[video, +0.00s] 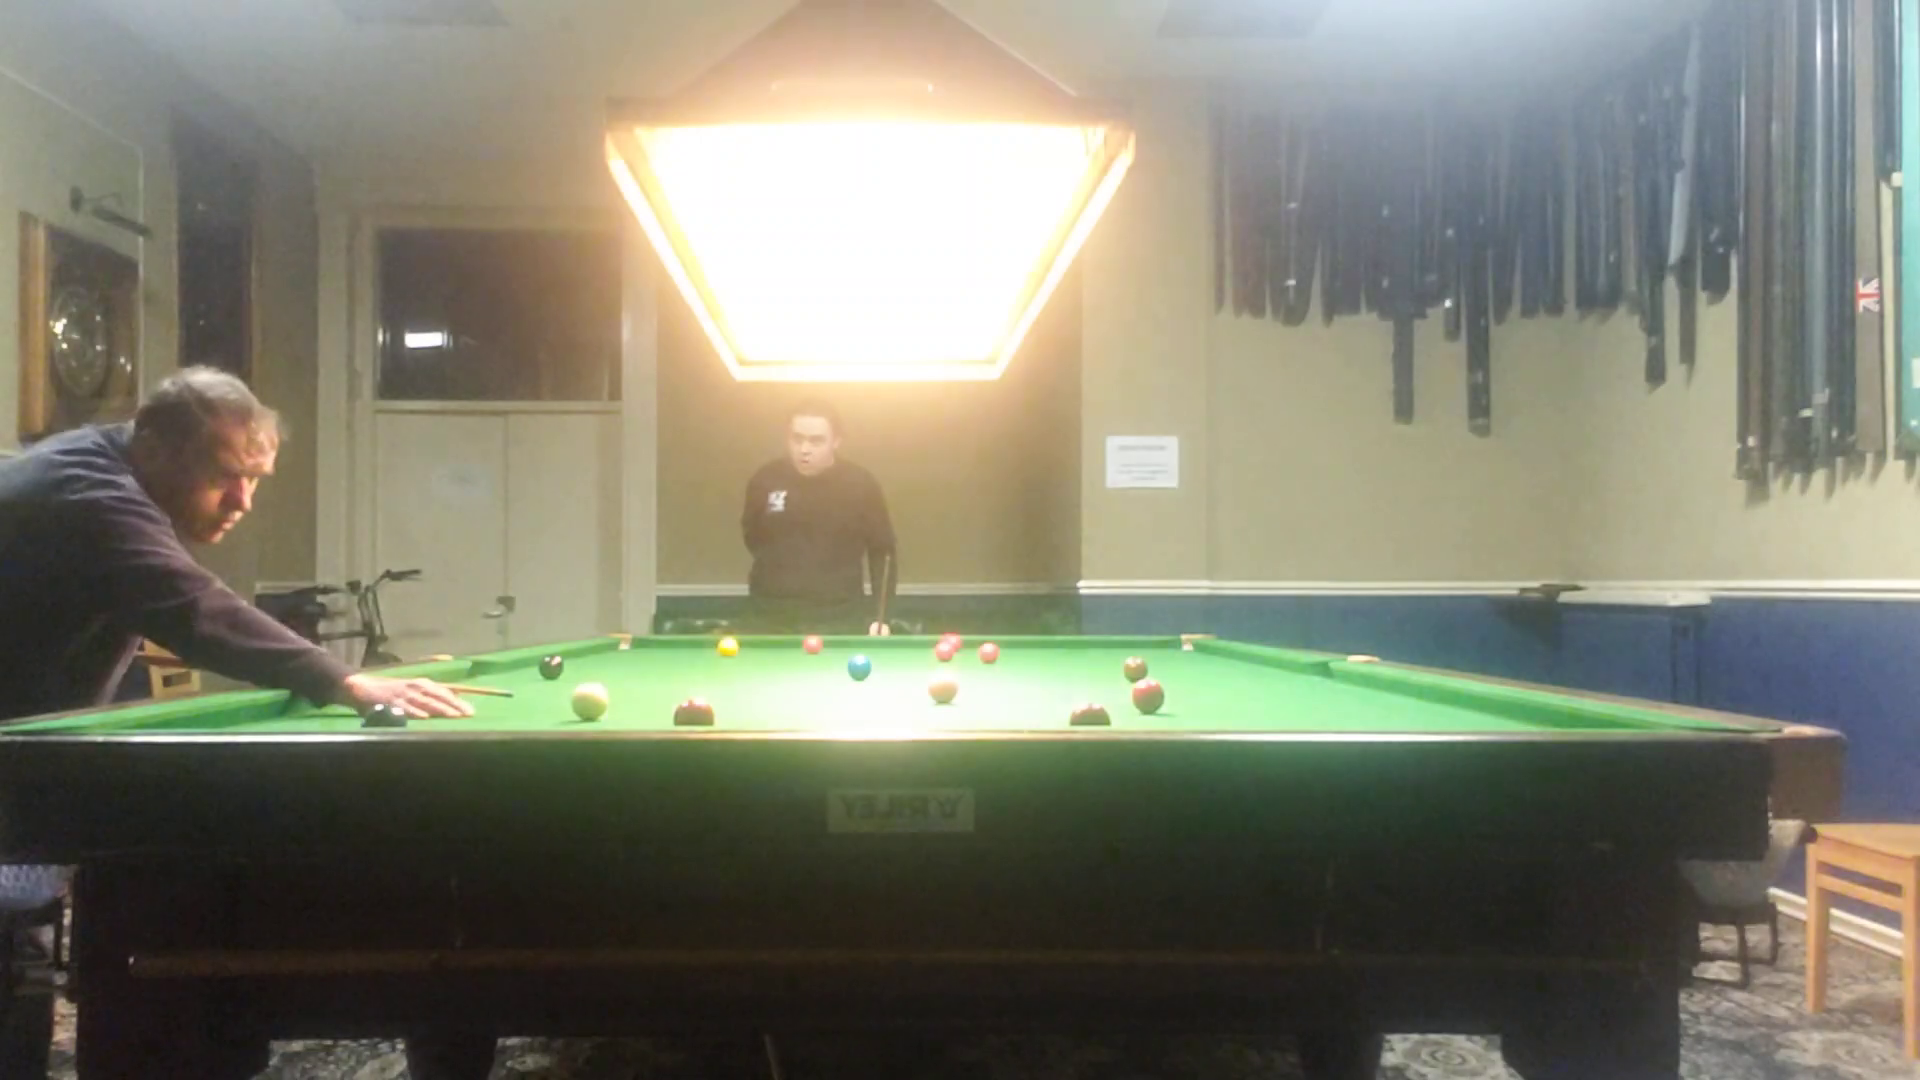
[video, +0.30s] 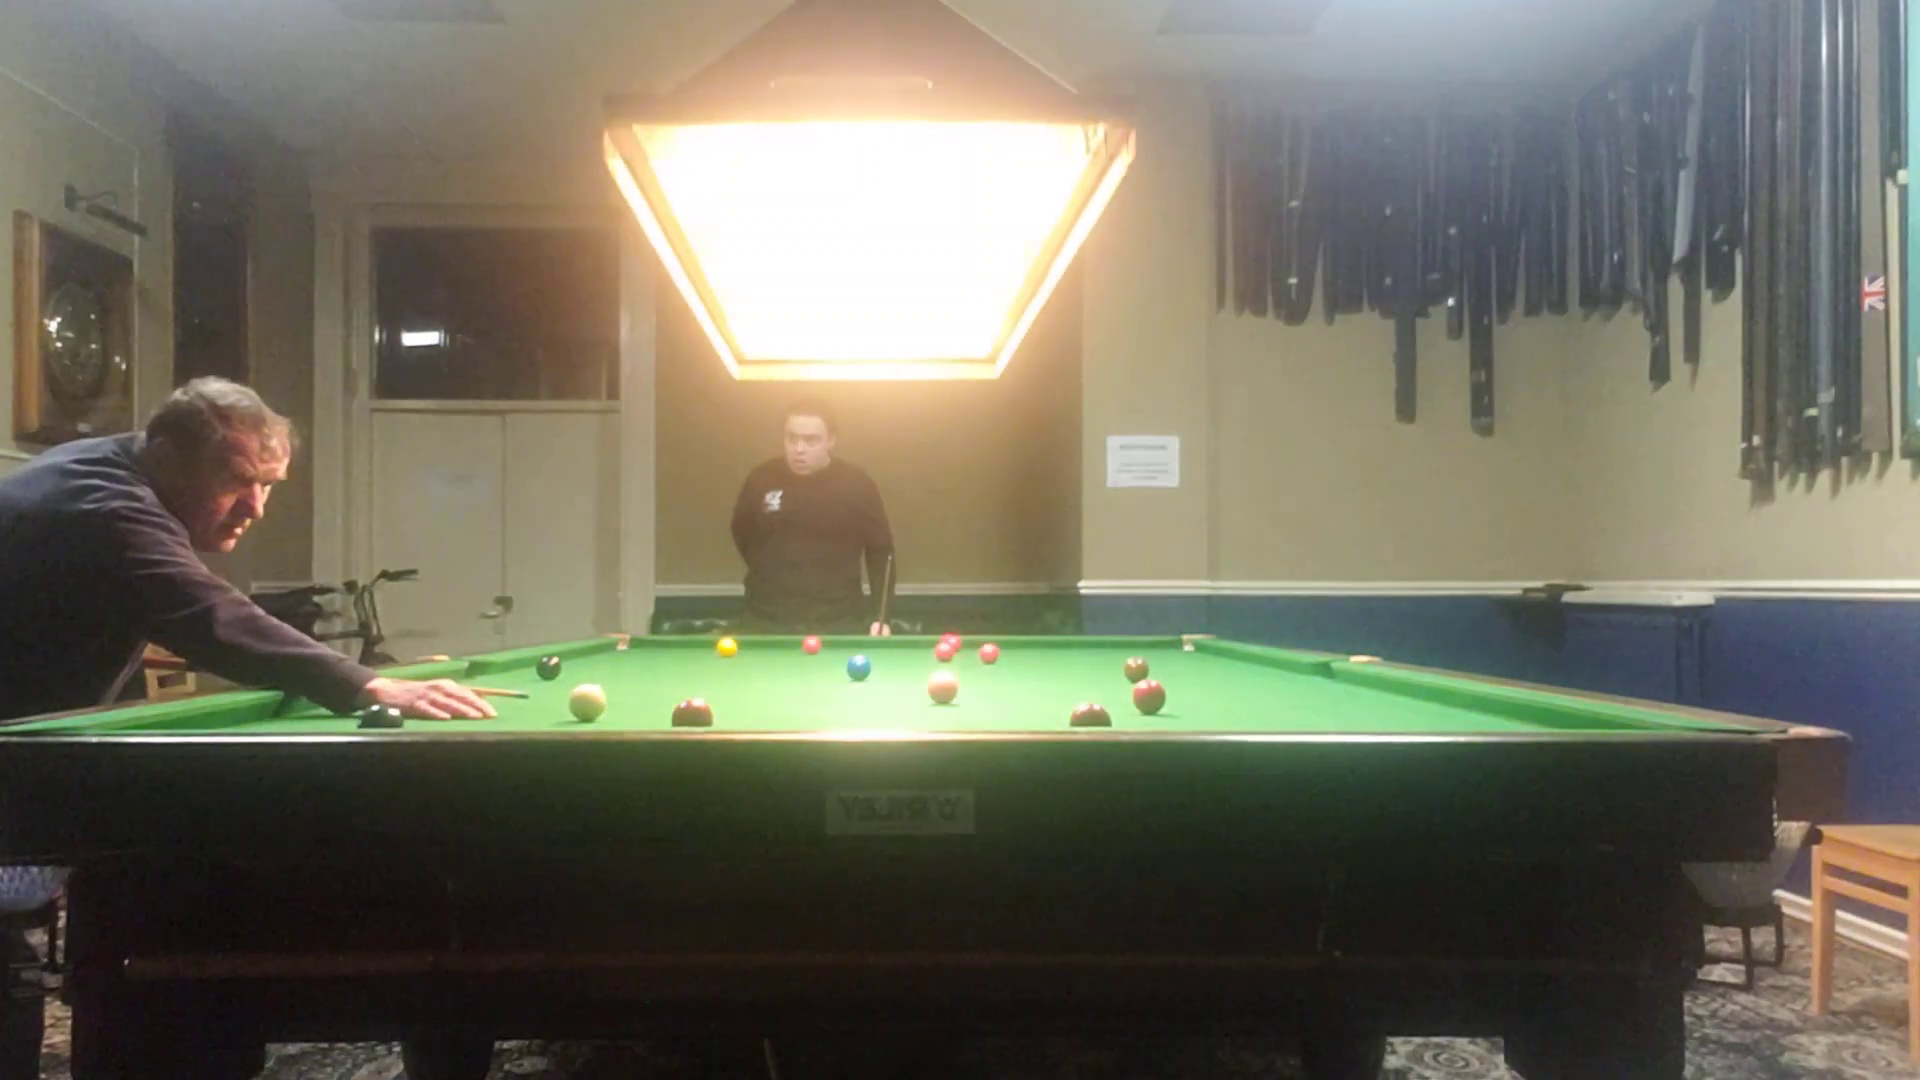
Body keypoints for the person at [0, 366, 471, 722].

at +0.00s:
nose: (244, 502)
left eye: (255, 481)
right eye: (228, 478)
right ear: (160, 451)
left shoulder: (113, 467)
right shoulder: (98, 500)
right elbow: (204, 613)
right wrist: (348, 683)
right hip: (16, 749)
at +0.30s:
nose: (255, 508)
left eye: (267, 487)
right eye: (240, 484)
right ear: (179, 464)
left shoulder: (124, 463)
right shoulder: (117, 516)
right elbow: (225, 626)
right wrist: (375, 688)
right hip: (18, 748)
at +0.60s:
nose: (260, 514)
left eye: (271, 494)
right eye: (245, 490)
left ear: (175, 463)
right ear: (178, 467)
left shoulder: (126, 470)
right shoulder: (118, 518)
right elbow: (231, 627)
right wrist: (384, 687)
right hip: (15, 731)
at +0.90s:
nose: (259, 518)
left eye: (269, 498)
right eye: (244, 493)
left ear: (172, 461)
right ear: (177, 464)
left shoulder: (114, 471)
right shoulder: (117, 519)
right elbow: (229, 628)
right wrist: (384, 687)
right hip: (15, 738)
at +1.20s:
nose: (258, 519)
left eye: (269, 500)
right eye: (243, 494)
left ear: (170, 466)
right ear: (176, 469)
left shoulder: (115, 471)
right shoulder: (114, 517)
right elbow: (228, 628)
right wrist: (384, 687)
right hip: (13, 732)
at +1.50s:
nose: (262, 524)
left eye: (272, 503)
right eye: (247, 498)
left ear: (177, 464)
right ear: (180, 467)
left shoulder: (124, 472)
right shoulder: (119, 521)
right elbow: (232, 630)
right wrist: (388, 687)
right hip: (14, 731)